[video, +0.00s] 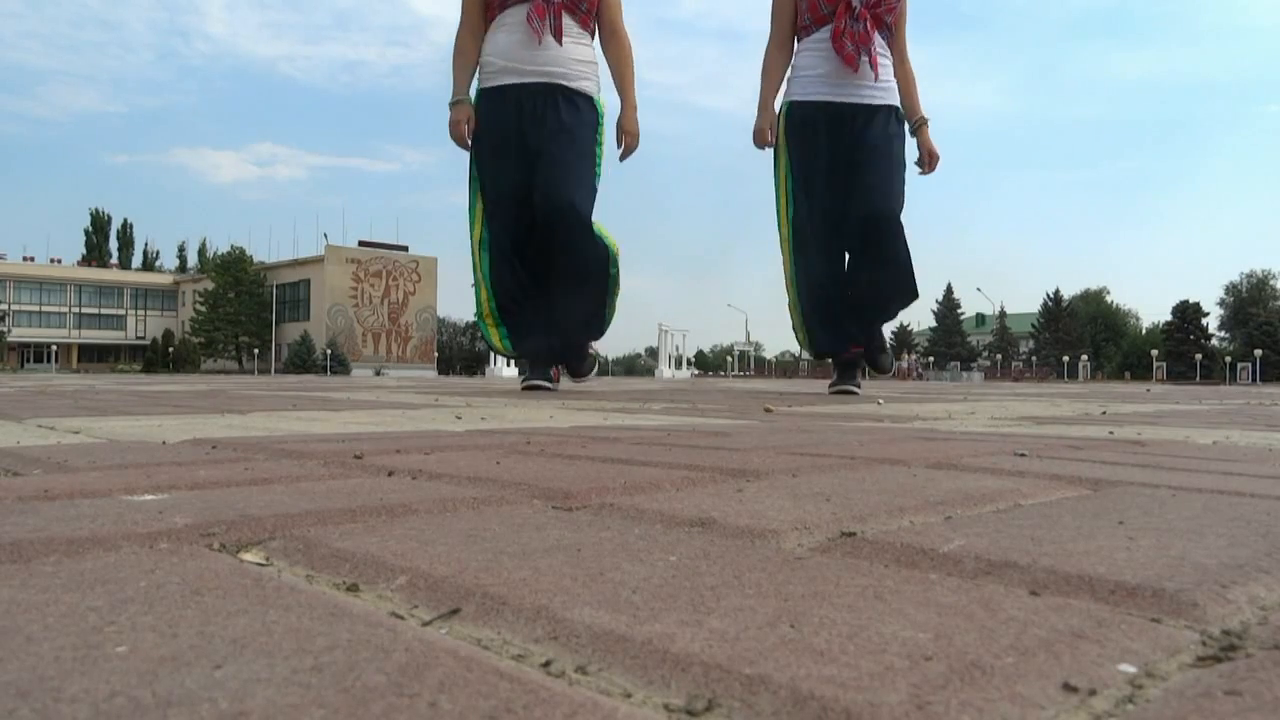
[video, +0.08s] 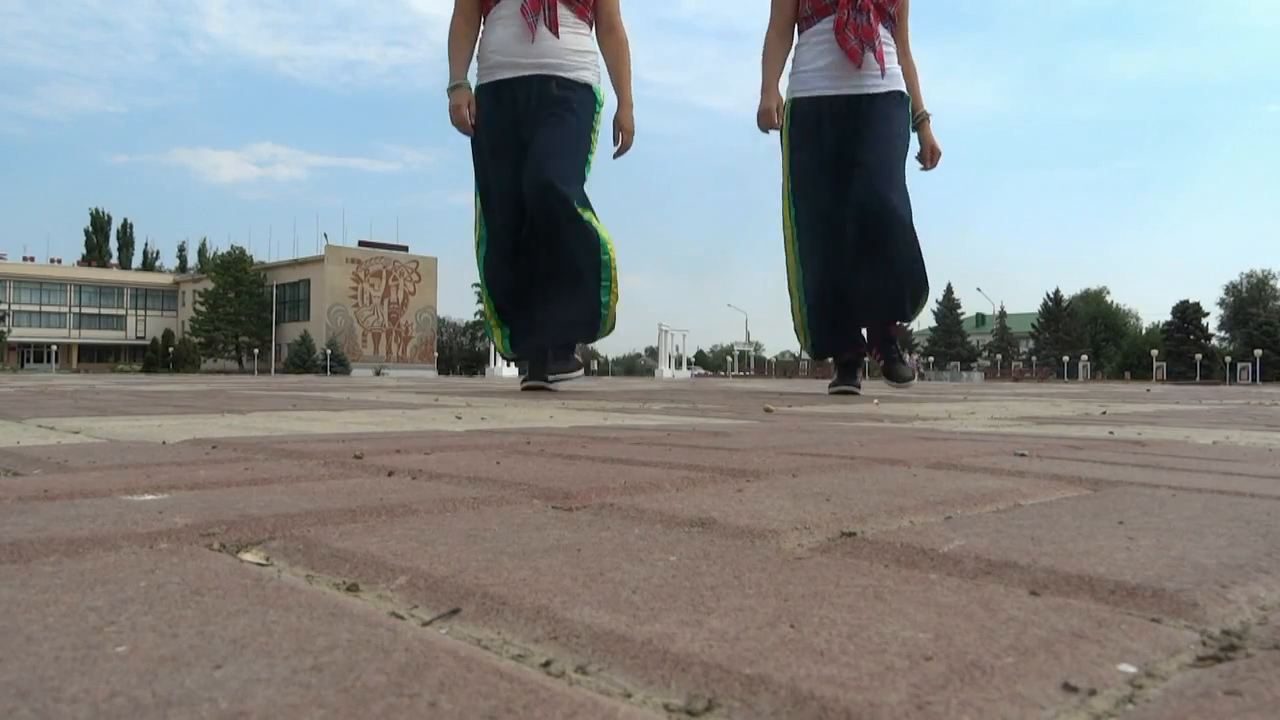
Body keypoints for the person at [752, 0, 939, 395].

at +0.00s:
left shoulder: (894, 5)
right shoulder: (791, 3)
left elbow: (899, 58)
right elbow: (781, 41)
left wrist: (920, 127)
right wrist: (765, 107)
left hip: (877, 112)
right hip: (811, 111)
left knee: (880, 221)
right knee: (819, 235)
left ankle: (871, 321)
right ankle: (844, 359)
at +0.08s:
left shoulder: (896, 4)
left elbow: (901, 47)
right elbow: (779, 29)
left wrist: (922, 121)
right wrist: (769, 88)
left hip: (881, 96)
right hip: (813, 98)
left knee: (880, 207)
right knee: (824, 225)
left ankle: (886, 335)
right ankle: (845, 359)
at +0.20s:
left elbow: (906, 40)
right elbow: (780, 19)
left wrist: (927, 119)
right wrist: (774, 75)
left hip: (891, 89)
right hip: (820, 89)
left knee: (890, 215)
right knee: (831, 223)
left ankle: (890, 344)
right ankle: (846, 360)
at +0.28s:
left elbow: (911, 37)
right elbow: (784, 14)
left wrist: (935, 120)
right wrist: (775, 75)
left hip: (898, 89)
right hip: (822, 89)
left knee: (894, 212)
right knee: (833, 226)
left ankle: (894, 323)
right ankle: (847, 361)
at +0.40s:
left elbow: (926, 26)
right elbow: (794, 5)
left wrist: (950, 108)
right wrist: (776, 80)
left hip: (910, 70)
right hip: (829, 72)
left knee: (903, 215)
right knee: (837, 217)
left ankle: (895, 359)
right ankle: (844, 355)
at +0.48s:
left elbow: (936, 12)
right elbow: (799, 2)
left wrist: (966, 88)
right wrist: (778, 75)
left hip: (921, 56)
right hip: (836, 60)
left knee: (913, 210)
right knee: (841, 210)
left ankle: (893, 357)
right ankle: (840, 333)